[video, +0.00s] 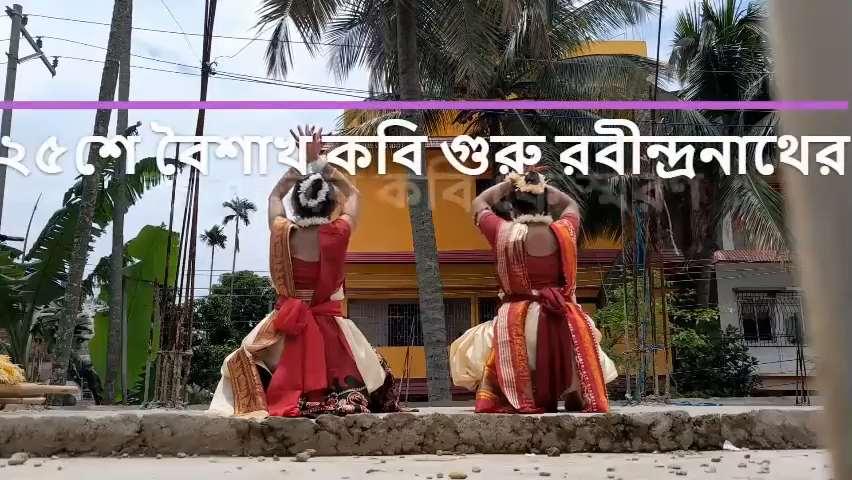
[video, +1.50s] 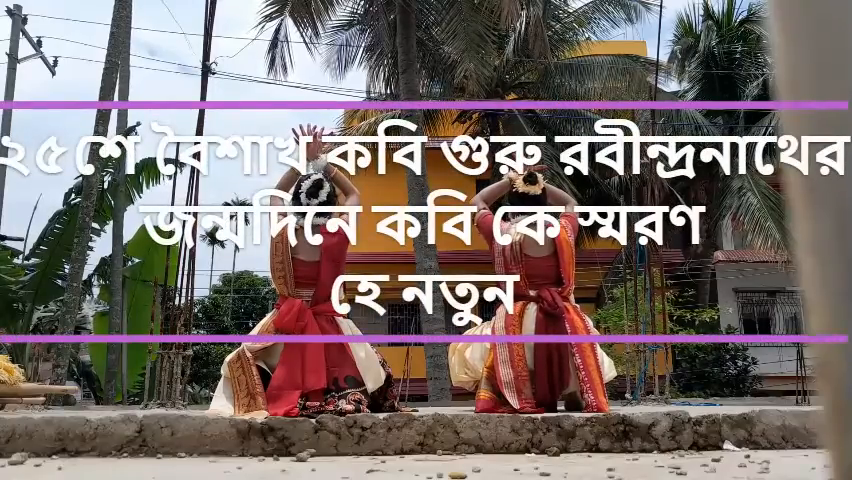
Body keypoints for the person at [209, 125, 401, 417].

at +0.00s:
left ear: (293, 205)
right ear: (330, 206)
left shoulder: (281, 232)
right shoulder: (338, 235)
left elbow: (276, 195)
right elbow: (351, 194)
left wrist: (302, 163)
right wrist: (324, 166)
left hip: (289, 329)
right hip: (330, 330)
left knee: (240, 363)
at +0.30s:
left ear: (296, 202)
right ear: (330, 202)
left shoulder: (283, 234)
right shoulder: (338, 234)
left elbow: (278, 195)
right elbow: (351, 194)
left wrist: (302, 162)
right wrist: (325, 165)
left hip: (290, 330)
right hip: (332, 329)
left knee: (240, 362)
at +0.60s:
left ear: (295, 203)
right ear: (330, 203)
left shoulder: (283, 235)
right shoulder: (337, 236)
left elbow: (278, 195)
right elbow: (352, 195)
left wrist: (303, 161)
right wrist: (324, 164)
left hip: (288, 329)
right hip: (330, 328)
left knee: (240, 361)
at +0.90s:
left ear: (295, 203)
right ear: (330, 203)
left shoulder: (284, 234)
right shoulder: (337, 235)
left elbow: (278, 196)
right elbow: (352, 195)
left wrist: (302, 161)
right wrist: (323, 164)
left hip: (289, 326)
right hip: (329, 326)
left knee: (240, 361)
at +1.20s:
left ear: (295, 203)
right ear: (330, 203)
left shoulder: (284, 234)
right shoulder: (337, 235)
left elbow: (277, 196)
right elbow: (351, 195)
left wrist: (302, 161)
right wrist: (323, 164)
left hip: (289, 328)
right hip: (329, 328)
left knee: (240, 362)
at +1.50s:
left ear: (295, 203)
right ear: (330, 203)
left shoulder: (284, 234)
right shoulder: (337, 235)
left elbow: (277, 196)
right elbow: (351, 194)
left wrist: (302, 162)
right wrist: (322, 163)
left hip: (289, 325)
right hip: (329, 325)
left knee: (240, 361)